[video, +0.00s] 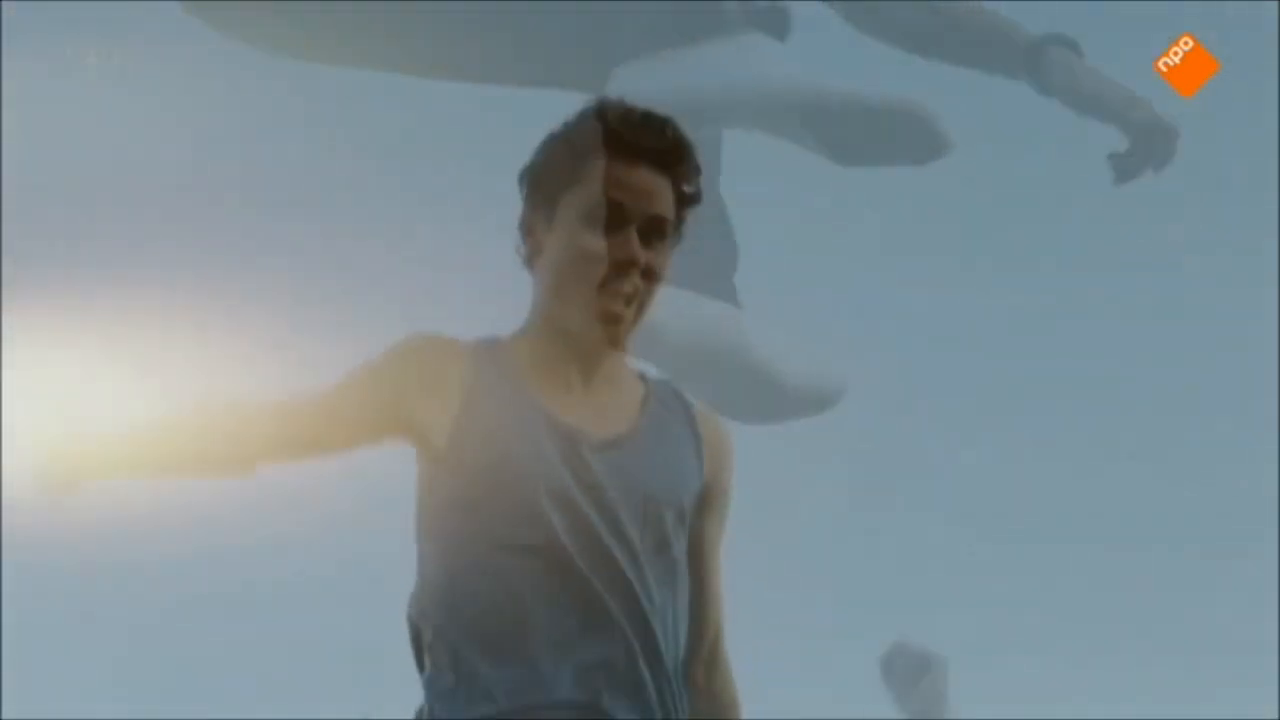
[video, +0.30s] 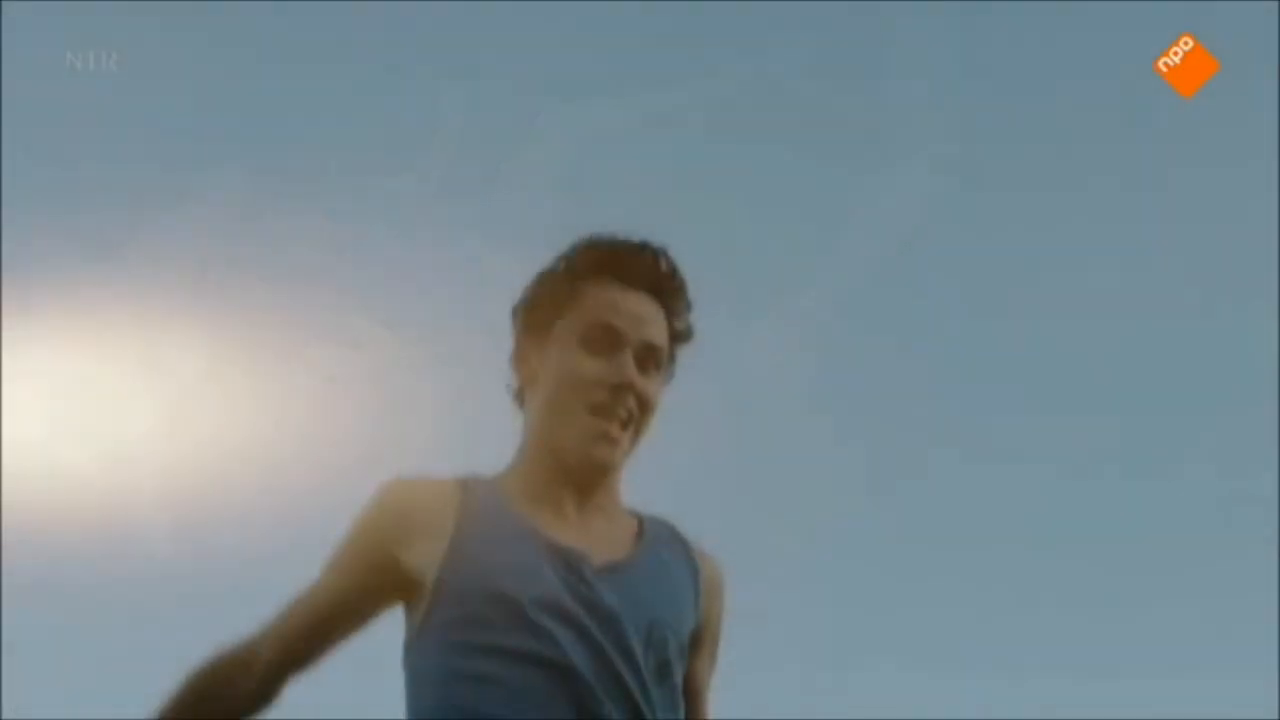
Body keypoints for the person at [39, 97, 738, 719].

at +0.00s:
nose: (634, 254)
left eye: (656, 234)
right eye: (606, 221)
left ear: (674, 256)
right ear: (534, 235)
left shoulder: (698, 439)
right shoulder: (442, 379)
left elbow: (705, 666)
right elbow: (256, 432)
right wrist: (69, 453)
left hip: (640, 709)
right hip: (482, 704)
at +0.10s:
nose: (633, 292)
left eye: (656, 274)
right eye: (605, 260)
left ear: (670, 301)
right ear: (533, 275)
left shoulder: (696, 488)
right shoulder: (439, 423)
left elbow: (699, 698)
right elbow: (258, 515)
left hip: (628, 716)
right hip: (477, 711)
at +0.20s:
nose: (633, 328)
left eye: (655, 308)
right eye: (606, 290)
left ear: (669, 338)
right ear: (530, 301)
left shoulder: (697, 522)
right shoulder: (433, 459)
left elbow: (696, 707)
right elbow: (255, 575)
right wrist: (89, 657)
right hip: (461, 710)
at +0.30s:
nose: (629, 380)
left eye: (650, 362)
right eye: (601, 345)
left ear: (661, 394)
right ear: (525, 362)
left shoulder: (694, 581)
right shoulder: (422, 519)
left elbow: (692, 712)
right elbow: (263, 664)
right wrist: (168, 715)